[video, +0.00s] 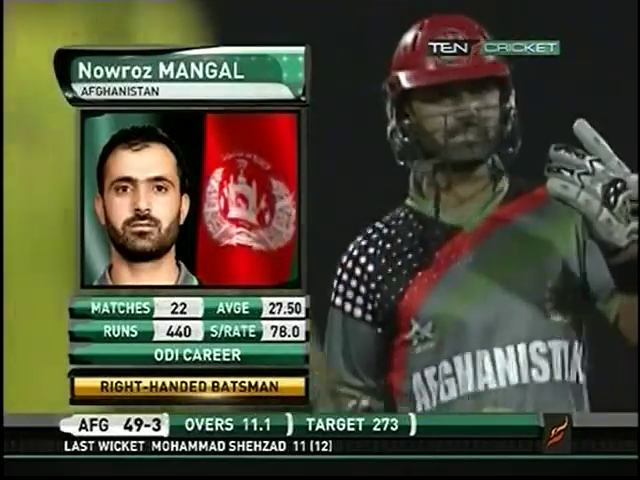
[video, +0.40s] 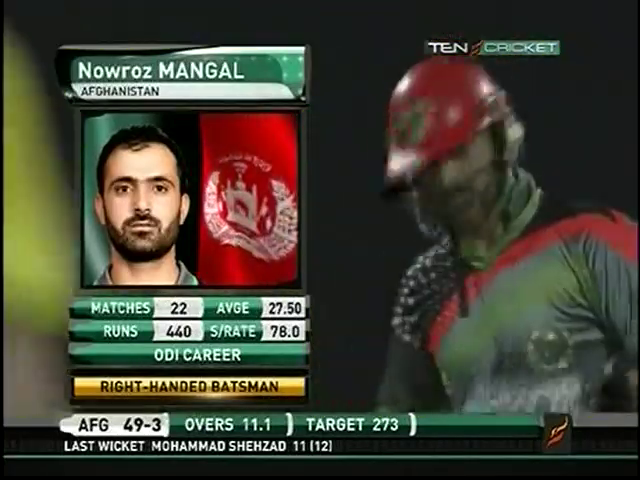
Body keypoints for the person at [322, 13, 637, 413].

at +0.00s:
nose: (467, 110)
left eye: (481, 90)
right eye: (441, 96)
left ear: (505, 101)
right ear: (404, 117)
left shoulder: (565, 224)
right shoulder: (375, 256)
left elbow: (631, 327)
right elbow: (348, 403)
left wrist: (630, 248)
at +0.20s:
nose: (470, 126)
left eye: (483, 106)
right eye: (443, 112)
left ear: (507, 116)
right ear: (405, 134)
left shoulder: (570, 231)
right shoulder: (380, 270)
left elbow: (632, 344)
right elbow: (345, 420)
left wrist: (628, 285)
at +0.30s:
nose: (468, 144)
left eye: (480, 122)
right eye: (443, 131)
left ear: (510, 127)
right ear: (411, 152)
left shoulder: (583, 236)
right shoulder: (401, 274)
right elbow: (367, 422)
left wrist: (617, 321)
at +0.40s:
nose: (447, 177)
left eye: (459, 152)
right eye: (428, 164)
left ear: (504, 141)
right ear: (411, 177)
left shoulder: (598, 243)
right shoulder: (425, 285)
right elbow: (398, 418)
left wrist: (628, 380)